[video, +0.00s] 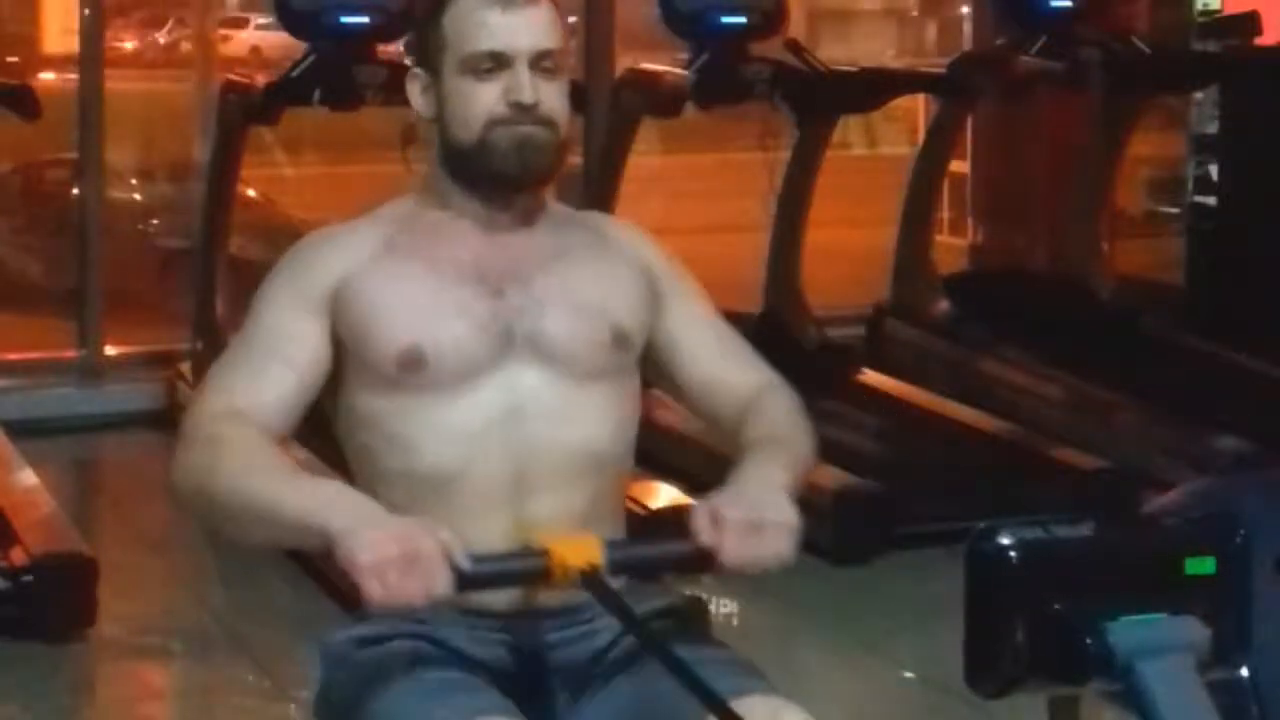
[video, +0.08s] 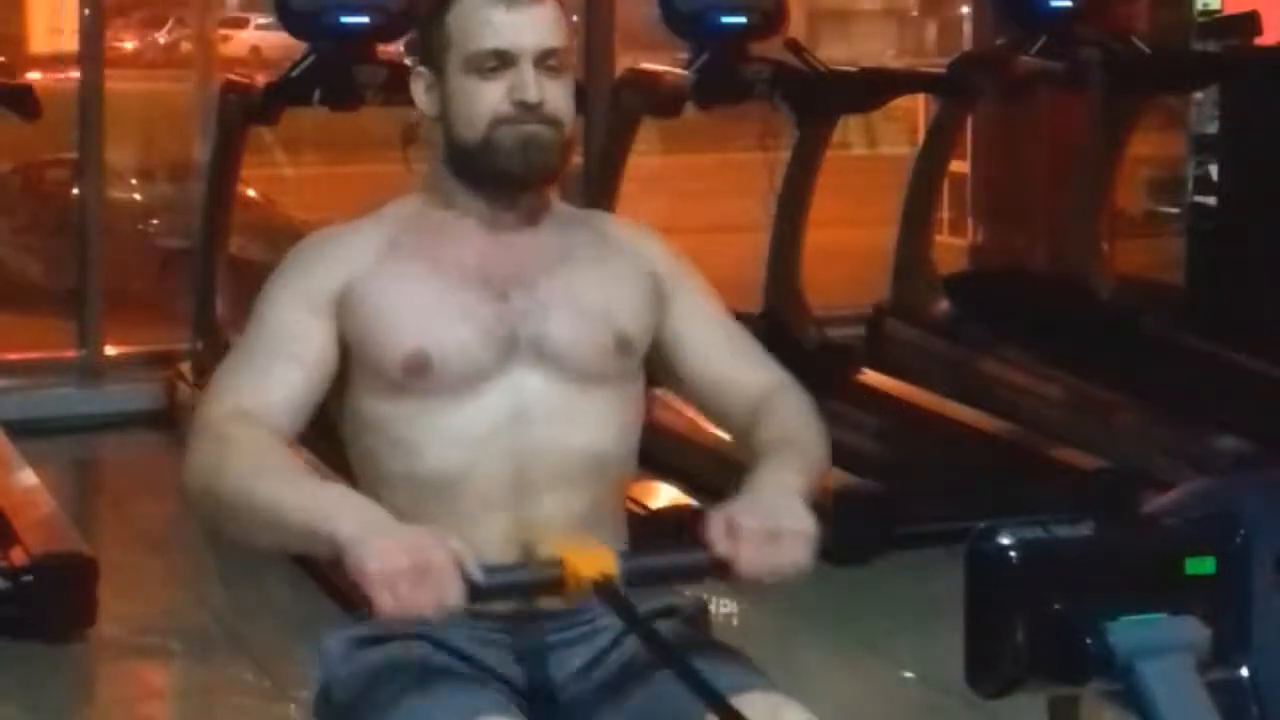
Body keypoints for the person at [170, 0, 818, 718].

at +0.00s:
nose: (524, 94)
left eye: (545, 69)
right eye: (487, 69)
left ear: (570, 89)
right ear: (421, 91)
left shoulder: (624, 257)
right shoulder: (335, 265)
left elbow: (767, 407)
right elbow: (211, 450)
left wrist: (763, 481)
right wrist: (355, 520)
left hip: (618, 617)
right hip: (425, 630)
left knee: (772, 715)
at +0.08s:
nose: (529, 92)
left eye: (550, 67)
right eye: (492, 68)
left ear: (575, 87)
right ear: (425, 90)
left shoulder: (632, 258)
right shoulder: (339, 266)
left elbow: (776, 405)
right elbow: (222, 449)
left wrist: (780, 484)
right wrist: (367, 530)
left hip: (616, 620)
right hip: (426, 630)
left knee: (779, 715)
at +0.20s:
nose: (568, 88)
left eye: (589, 62)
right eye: (529, 64)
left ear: (614, 83)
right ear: (461, 89)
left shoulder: (678, 268)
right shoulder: (370, 272)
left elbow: (825, 404)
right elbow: (307, 454)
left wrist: (864, 535)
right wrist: (445, 601)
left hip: (622, 635)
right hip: (422, 639)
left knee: (761, 708)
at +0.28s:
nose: (584, 93)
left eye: (605, 65)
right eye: (544, 67)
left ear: (634, 88)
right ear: (476, 97)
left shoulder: (702, 281)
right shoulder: (384, 285)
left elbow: (850, 421)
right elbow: (346, 473)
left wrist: (906, 561)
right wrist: (479, 634)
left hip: (634, 641)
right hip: (427, 647)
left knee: (805, 694)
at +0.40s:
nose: (618, 111)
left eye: (643, 78)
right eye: (575, 82)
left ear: (674, 100)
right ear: (506, 114)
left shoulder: (743, 302)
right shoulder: (403, 312)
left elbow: (890, 453)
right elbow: (408, 524)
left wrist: (971, 627)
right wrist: (538, 698)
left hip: (650, 652)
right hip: (448, 662)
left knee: (817, 699)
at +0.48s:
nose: (644, 126)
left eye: (668, 95)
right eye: (600, 97)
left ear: (696, 118)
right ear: (524, 129)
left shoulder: (768, 320)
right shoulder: (420, 329)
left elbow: (913, 480)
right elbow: (439, 531)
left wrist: (1036, 672)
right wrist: (560, 713)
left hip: (652, 664)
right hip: (457, 671)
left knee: (836, 694)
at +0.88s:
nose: (661, 146)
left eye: (684, 110)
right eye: (614, 115)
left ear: (712, 131)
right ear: (536, 146)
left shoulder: (785, 329)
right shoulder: (437, 338)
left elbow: (933, 509)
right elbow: (464, 568)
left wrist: (1052, 689)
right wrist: (568, 718)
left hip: (667, 661)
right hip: (476, 676)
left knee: (849, 682)